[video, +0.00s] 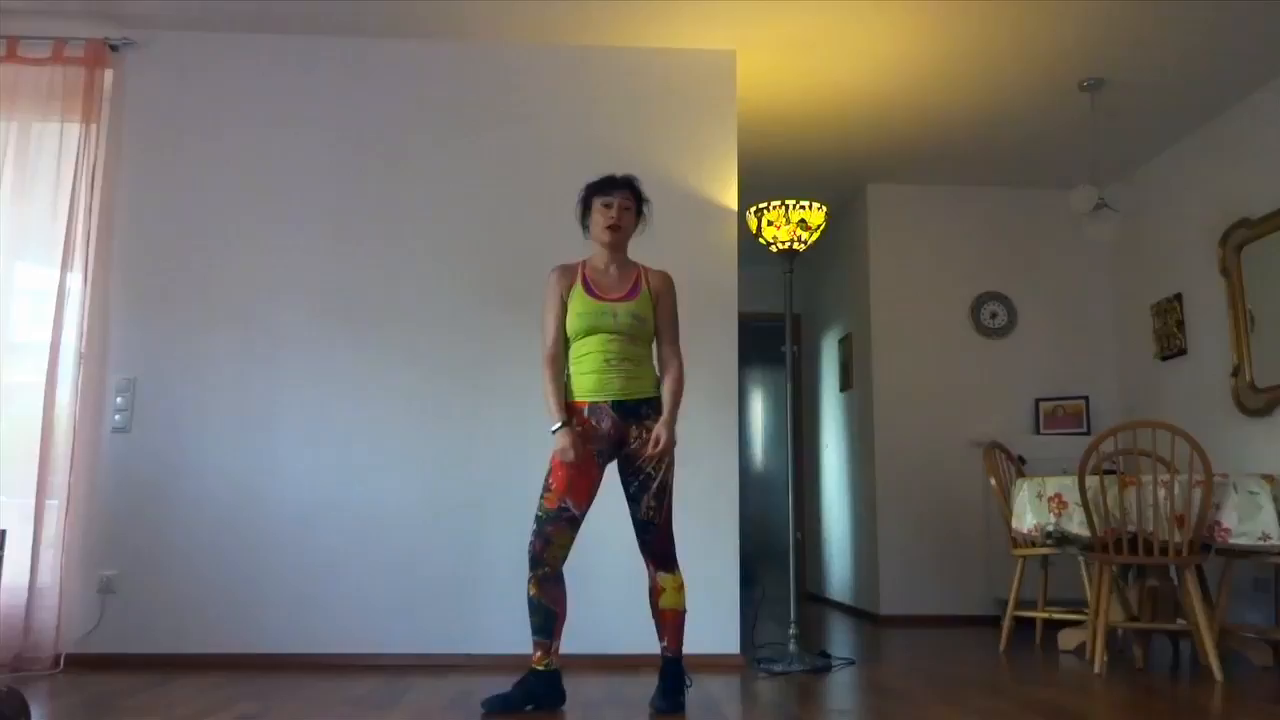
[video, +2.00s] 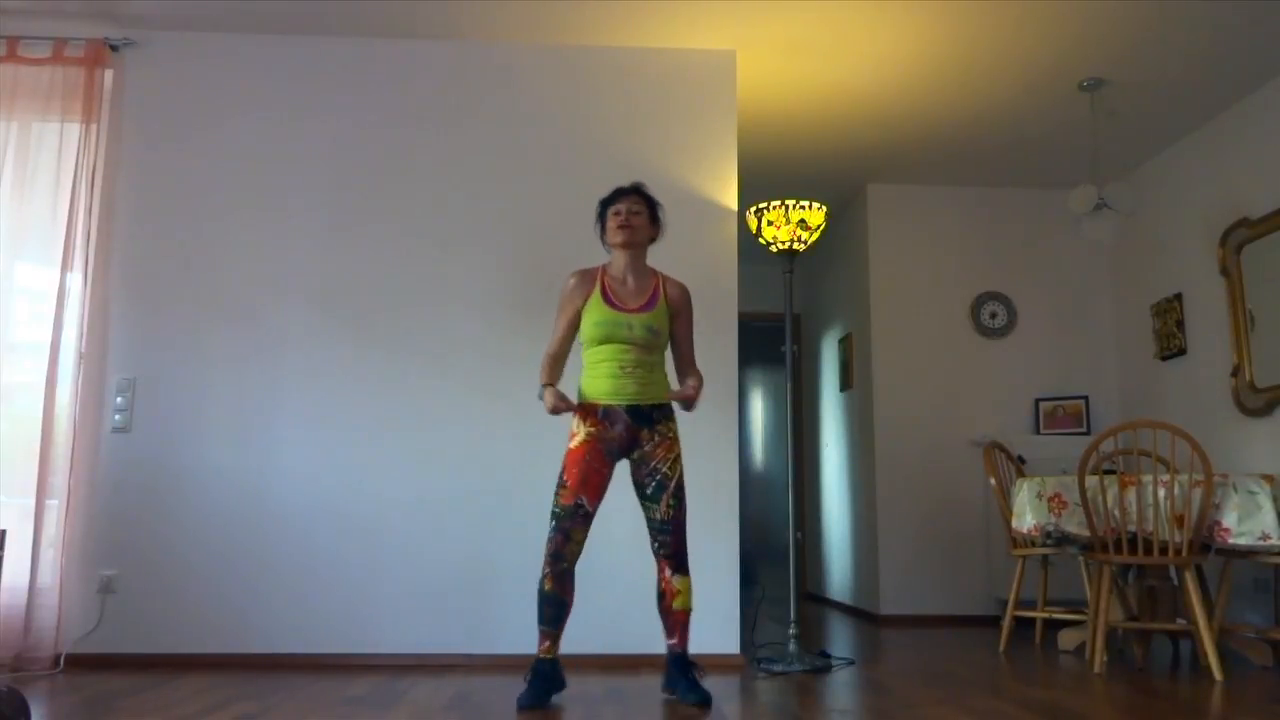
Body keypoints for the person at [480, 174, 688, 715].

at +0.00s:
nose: (615, 215)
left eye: (625, 209)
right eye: (606, 207)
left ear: (638, 221)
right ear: (587, 217)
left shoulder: (656, 282)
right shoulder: (565, 279)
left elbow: (671, 360)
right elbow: (553, 355)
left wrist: (667, 422)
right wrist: (561, 423)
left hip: (644, 421)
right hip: (583, 422)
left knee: (659, 550)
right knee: (545, 547)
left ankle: (673, 671)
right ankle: (544, 673)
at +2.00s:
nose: (625, 218)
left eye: (636, 212)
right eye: (616, 213)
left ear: (654, 228)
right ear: (603, 229)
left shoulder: (672, 292)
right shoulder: (584, 284)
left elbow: (687, 366)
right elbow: (556, 354)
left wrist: (690, 387)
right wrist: (549, 388)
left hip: (656, 425)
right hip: (593, 424)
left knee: (671, 545)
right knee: (561, 542)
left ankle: (679, 665)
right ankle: (545, 664)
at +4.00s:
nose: (640, 220)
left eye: (650, 217)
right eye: (632, 211)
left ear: (657, 233)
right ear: (608, 222)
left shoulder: (666, 291)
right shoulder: (577, 279)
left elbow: (681, 370)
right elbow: (534, 352)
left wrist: (678, 433)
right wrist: (549, 318)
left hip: (650, 421)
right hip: (588, 419)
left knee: (671, 541)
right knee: (563, 539)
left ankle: (679, 660)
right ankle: (542, 663)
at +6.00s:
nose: (628, 218)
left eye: (638, 211)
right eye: (618, 209)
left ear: (651, 221)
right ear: (598, 219)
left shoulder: (672, 281)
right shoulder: (582, 279)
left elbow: (693, 365)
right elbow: (506, 308)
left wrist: (665, 427)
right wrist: (507, 246)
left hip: (656, 421)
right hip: (595, 420)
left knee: (690, 543)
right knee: (574, 542)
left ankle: (700, 656)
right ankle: (546, 667)